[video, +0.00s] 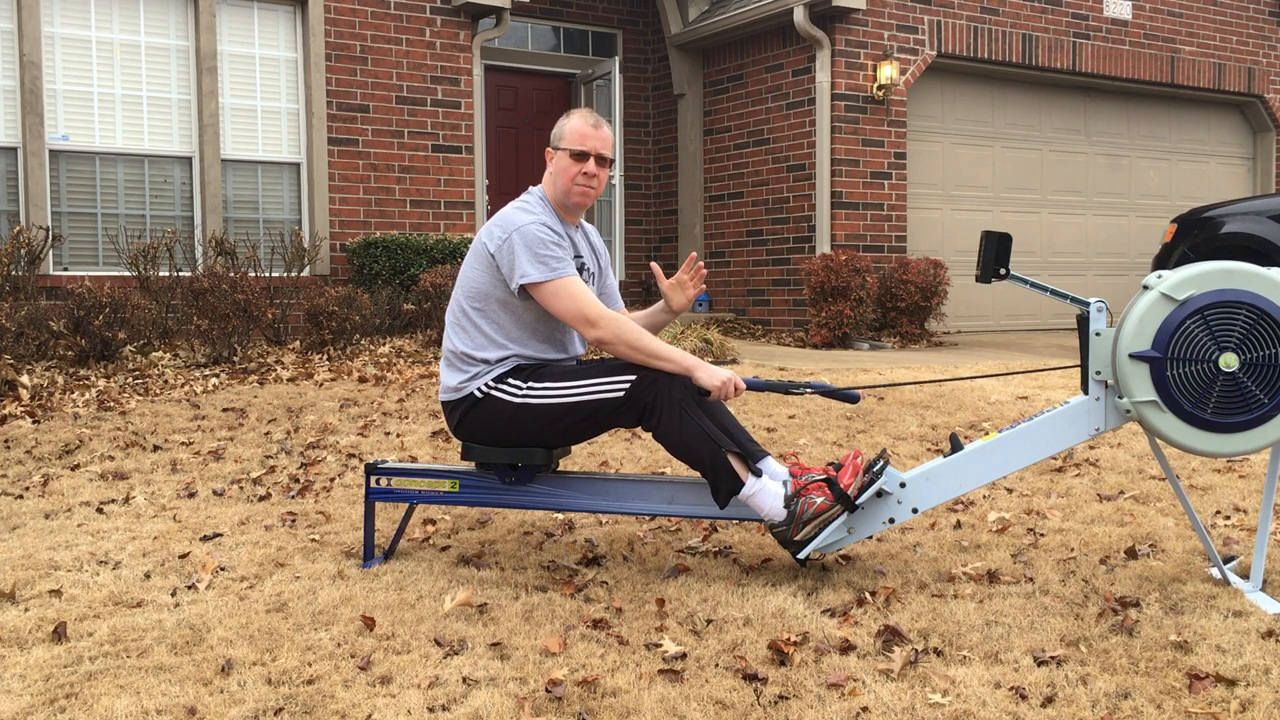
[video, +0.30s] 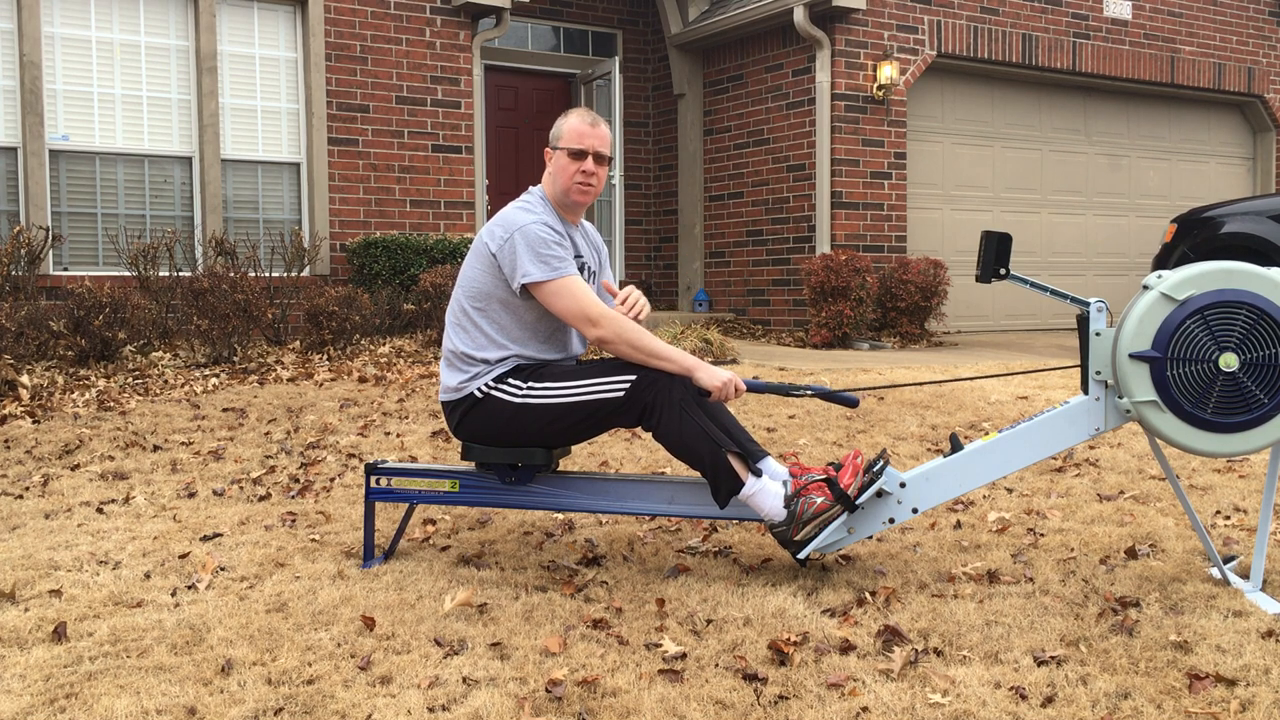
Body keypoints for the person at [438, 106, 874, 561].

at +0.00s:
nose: (590, 171)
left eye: (602, 163)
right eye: (578, 157)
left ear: (610, 172)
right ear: (548, 158)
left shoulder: (590, 242)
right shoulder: (524, 225)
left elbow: (608, 334)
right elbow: (594, 324)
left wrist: (664, 307)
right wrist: (697, 368)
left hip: (542, 378)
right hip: (488, 391)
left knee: (676, 377)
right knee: (652, 387)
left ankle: (789, 486)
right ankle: (777, 510)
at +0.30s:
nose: (589, 170)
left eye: (600, 161)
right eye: (576, 155)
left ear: (609, 170)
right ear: (547, 158)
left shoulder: (586, 236)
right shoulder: (525, 225)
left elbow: (610, 325)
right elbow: (594, 324)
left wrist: (633, 307)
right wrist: (698, 369)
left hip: (540, 376)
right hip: (488, 391)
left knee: (675, 377)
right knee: (652, 387)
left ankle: (787, 485)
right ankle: (777, 510)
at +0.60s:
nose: (589, 169)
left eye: (600, 160)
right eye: (576, 155)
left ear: (609, 170)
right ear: (546, 158)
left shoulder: (588, 239)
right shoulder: (524, 225)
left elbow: (619, 333)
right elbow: (595, 328)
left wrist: (611, 317)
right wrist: (697, 368)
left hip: (540, 376)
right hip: (487, 390)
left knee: (677, 379)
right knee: (651, 387)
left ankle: (787, 486)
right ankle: (777, 510)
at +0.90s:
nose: (588, 169)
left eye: (599, 160)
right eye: (575, 155)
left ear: (608, 170)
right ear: (546, 159)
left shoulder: (587, 239)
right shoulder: (523, 226)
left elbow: (606, 330)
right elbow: (594, 326)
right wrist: (698, 369)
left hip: (540, 376)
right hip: (487, 391)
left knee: (675, 379)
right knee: (652, 386)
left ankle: (788, 485)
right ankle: (777, 510)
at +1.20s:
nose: (585, 170)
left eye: (597, 161)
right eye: (573, 156)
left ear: (606, 170)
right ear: (545, 158)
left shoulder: (583, 236)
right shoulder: (523, 226)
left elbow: (614, 322)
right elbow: (594, 327)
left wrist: (676, 323)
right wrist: (697, 369)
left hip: (540, 376)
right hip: (487, 391)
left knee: (675, 377)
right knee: (651, 386)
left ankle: (787, 484)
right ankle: (777, 510)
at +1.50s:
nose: (589, 172)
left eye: (600, 163)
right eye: (577, 158)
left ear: (608, 172)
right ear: (548, 159)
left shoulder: (589, 238)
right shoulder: (524, 226)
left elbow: (621, 333)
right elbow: (595, 327)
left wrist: (649, 271)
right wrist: (697, 368)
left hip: (541, 377)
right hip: (488, 391)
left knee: (676, 378)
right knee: (652, 387)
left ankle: (788, 485)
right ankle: (777, 509)